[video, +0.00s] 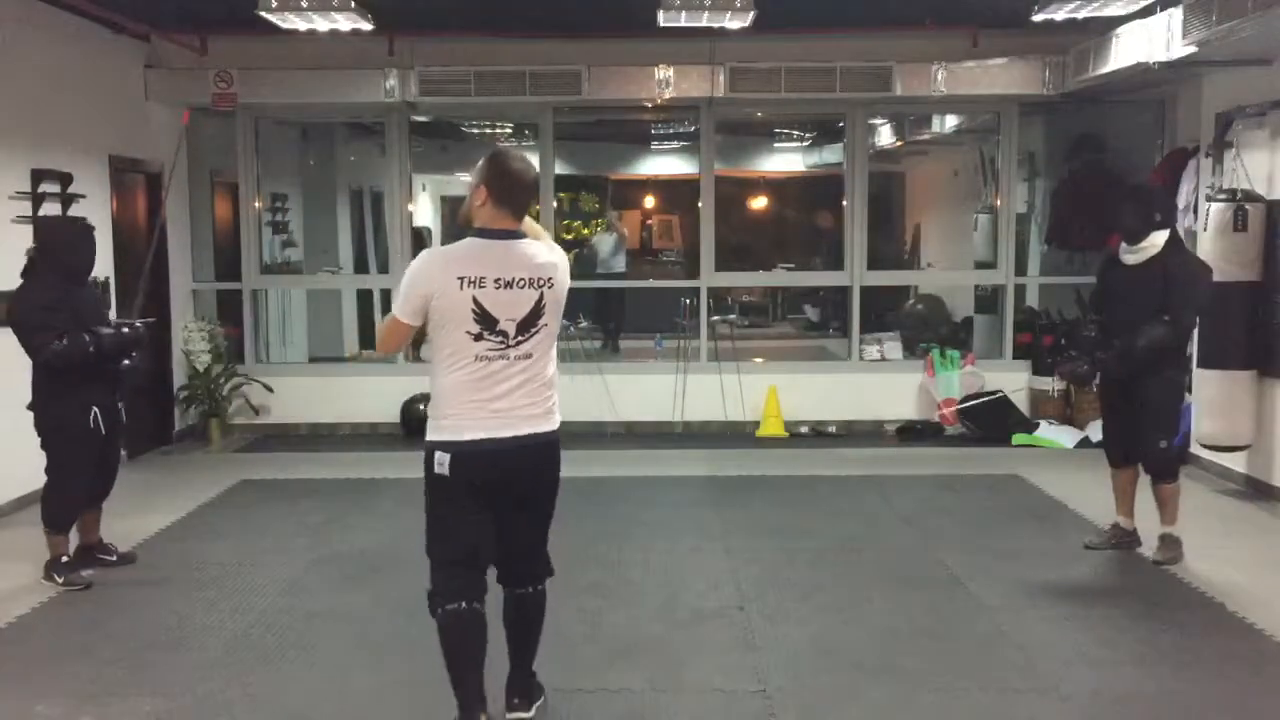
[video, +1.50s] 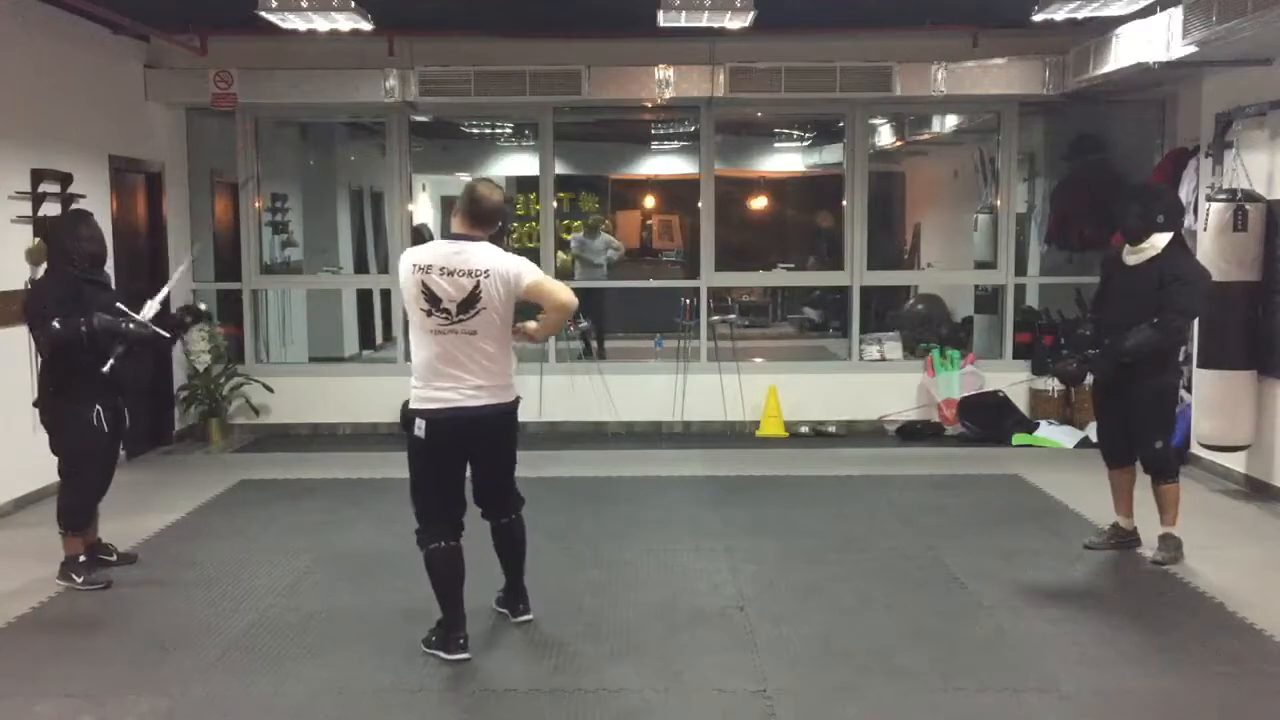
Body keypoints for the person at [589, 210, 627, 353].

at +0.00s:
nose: (610, 221)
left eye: (613, 219)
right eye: (608, 218)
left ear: (618, 221)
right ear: (606, 220)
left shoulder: (621, 235)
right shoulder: (599, 236)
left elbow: (623, 235)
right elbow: (592, 251)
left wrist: (615, 224)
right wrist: (588, 248)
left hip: (617, 273)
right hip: (601, 274)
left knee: (617, 307)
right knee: (601, 307)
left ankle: (615, 339)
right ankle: (606, 337)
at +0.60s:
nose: (602, 224)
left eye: (605, 222)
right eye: (600, 221)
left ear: (611, 222)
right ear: (597, 223)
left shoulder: (614, 237)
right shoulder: (591, 238)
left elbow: (616, 236)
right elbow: (582, 251)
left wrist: (603, 223)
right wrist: (577, 249)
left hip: (611, 276)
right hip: (593, 276)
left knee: (613, 311)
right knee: (592, 311)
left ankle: (614, 342)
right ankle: (588, 344)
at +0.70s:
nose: (599, 224)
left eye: (603, 221)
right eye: (597, 221)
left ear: (608, 223)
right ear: (593, 223)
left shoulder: (611, 238)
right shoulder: (586, 238)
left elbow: (614, 236)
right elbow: (576, 255)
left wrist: (601, 224)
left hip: (607, 277)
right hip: (589, 277)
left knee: (610, 312)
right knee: (588, 313)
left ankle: (613, 344)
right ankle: (588, 347)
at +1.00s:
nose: (593, 223)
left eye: (595, 220)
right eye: (590, 220)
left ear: (599, 221)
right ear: (585, 222)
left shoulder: (603, 235)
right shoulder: (579, 237)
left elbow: (615, 243)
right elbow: (570, 250)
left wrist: (601, 234)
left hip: (601, 276)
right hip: (584, 276)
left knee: (604, 310)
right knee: (585, 312)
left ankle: (607, 341)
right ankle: (587, 346)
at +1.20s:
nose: (590, 223)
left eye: (593, 220)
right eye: (588, 220)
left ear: (597, 222)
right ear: (583, 222)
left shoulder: (603, 237)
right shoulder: (576, 237)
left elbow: (619, 250)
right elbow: (568, 252)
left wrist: (607, 253)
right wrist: (585, 257)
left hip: (600, 279)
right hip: (582, 280)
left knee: (602, 313)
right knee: (582, 315)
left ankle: (606, 345)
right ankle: (587, 346)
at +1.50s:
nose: (592, 234)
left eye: (595, 231)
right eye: (590, 230)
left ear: (599, 229)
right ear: (585, 228)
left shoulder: (604, 237)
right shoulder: (577, 238)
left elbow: (620, 248)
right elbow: (575, 252)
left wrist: (609, 258)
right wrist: (594, 261)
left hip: (599, 281)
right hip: (582, 282)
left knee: (599, 315)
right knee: (583, 317)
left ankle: (601, 347)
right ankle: (586, 347)